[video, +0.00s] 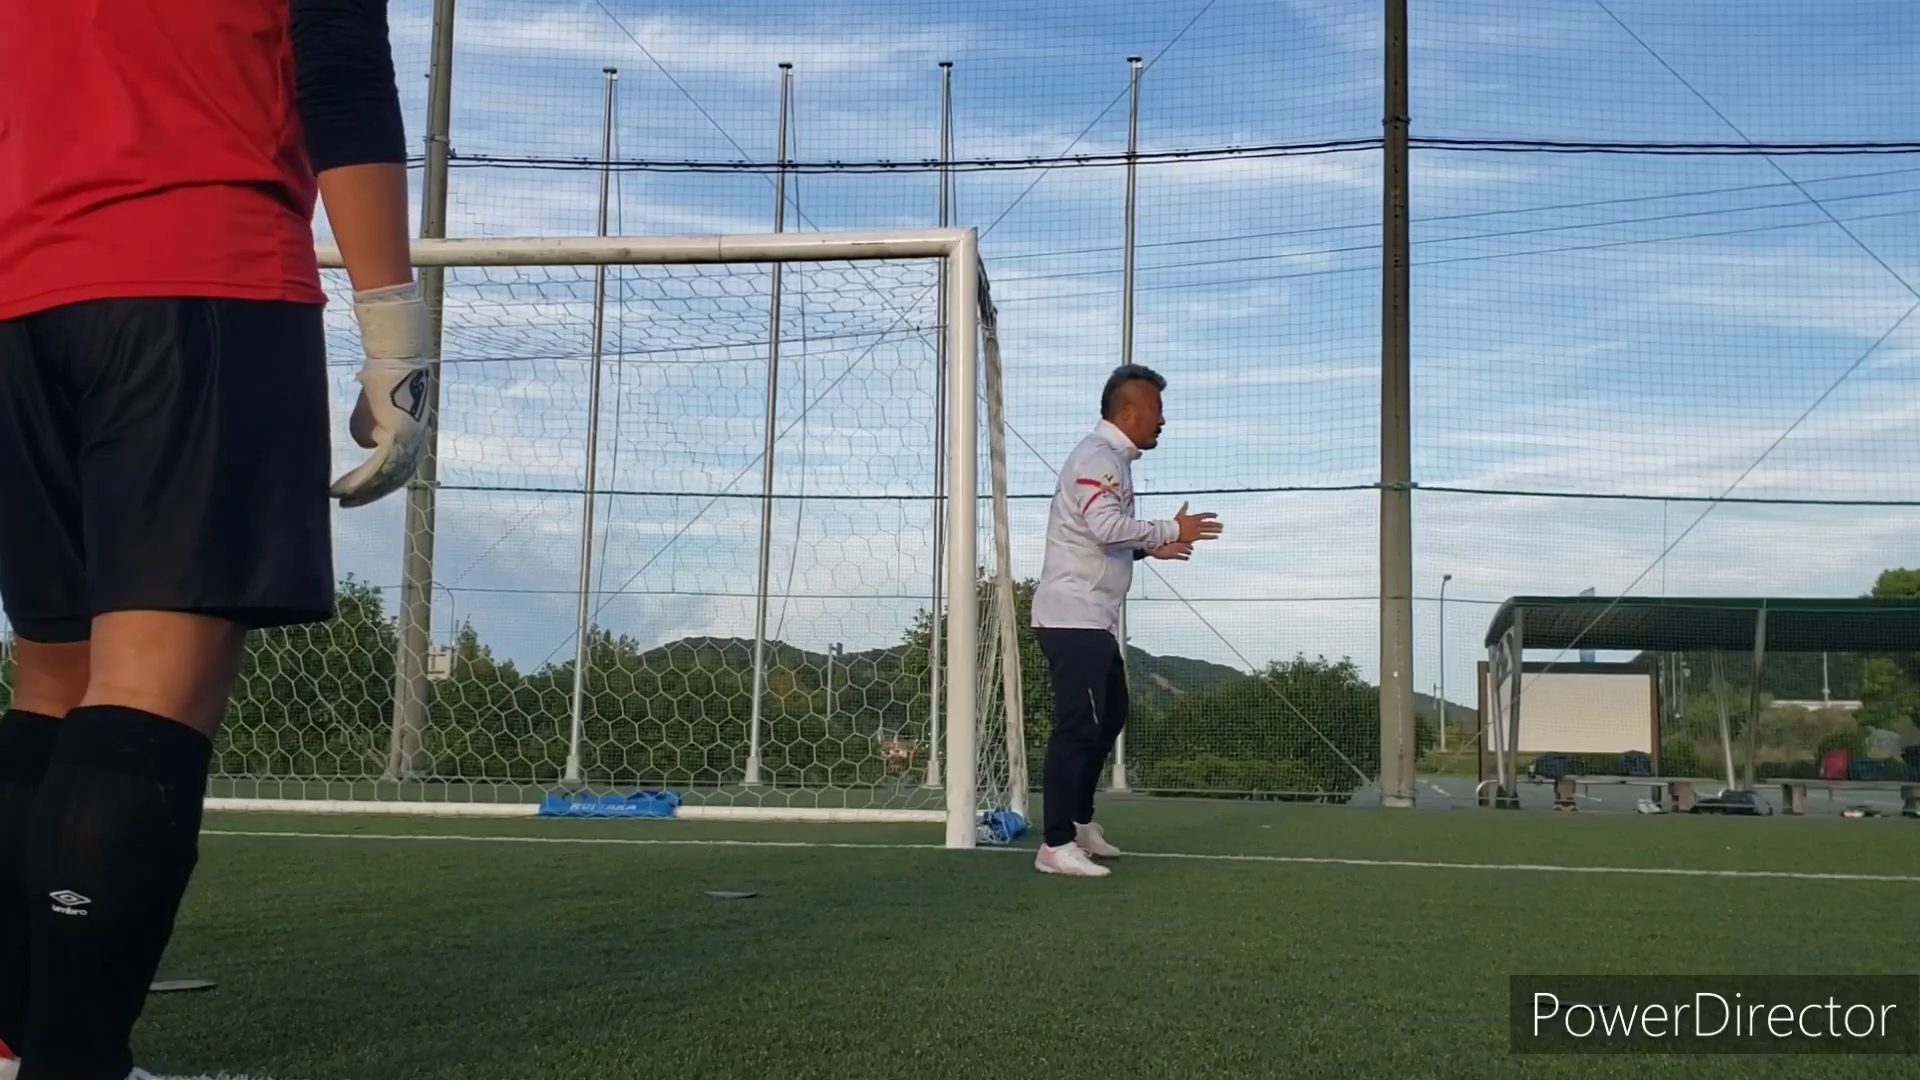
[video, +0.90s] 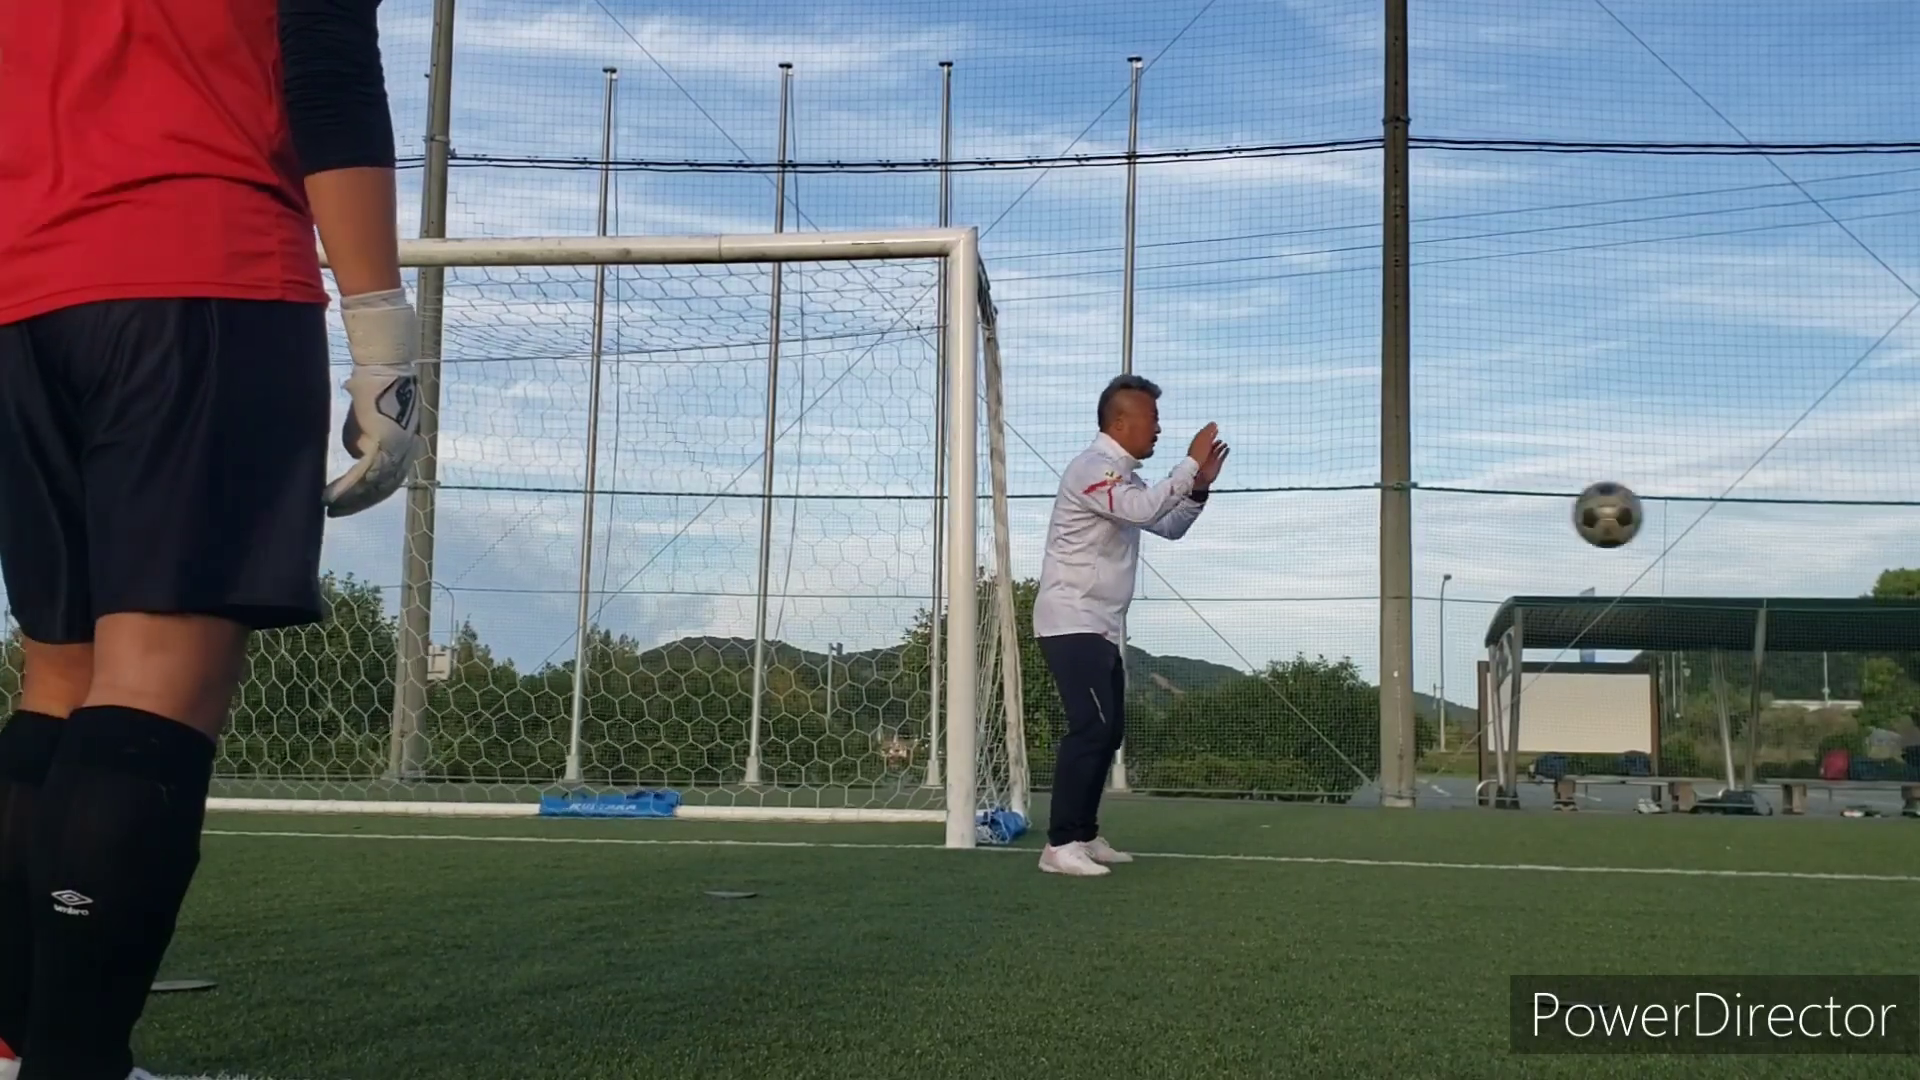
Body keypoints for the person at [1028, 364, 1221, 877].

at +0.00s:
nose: (1162, 420)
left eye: (1162, 409)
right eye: (1156, 408)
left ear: (1127, 410)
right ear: (1126, 408)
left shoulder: (1113, 461)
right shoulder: (1096, 456)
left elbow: (1107, 536)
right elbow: (1105, 526)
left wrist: (1150, 547)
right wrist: (1169, 530)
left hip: (1094, 615)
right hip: (1071, 613)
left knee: (1110, 711)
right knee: (1078, 722)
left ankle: (1076, 821)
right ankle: (1055, 845)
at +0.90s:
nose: (1159, 427)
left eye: (1157, 418)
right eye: (1151, 418)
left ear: (1128, 422)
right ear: (1120, 419)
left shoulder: (1125, 477)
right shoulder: (1091, 467)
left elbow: (1171, 527)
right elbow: (1146, 510)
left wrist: (1202, 487)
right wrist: (1191, 467)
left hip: (1101, 623)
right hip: (1070, 618)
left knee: (1108, 730)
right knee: (1091, 727)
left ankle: (1083, 836)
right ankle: (1060, 845)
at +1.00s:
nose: (1164, 432)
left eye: (1163, 422)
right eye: (1156, 421)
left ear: (1132, 426)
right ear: (1125, 424)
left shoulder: (1135, 481)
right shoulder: (1097, 472)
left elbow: (1173, 520)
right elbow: (1150, 518)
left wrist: (1234, 519)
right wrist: (1231, 509)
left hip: (1087, 623)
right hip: (1058, 619)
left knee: (1100, 728)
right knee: (1084, 727)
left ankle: (1083, 835)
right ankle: (1060, 846)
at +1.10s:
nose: (1171, 449)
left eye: (1172, 439)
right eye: (1164, 439)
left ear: (1142, 440)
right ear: (1132, 437)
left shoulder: (1139, 487)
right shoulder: (1099, 484)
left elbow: (1178, 530)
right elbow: (1150, 548)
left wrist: (1235, 585)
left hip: (1074, 625)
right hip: (1042, 620)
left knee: (1090, 727)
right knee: (1072, 726)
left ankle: (1080, 838)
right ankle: (1059, 847)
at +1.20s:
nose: (1182, 472)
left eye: (1184, 462)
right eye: (1177, 461)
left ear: (1154, 458)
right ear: (1148, 454)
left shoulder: (1143, 509)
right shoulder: (1095, 496)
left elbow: (1169, 566)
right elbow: (1107, 577)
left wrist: (1205, 630)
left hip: (1069, 628)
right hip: (1033, 621)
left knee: (1087, 727)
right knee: (1070, 724)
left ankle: (1079, 837)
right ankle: (1058, 847)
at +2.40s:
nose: (1127, 422)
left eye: (1136, 415)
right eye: (1116, 412)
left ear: (1143, 424)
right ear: (1094, 416)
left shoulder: (1130, 485)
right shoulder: (1070, 469)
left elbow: (1136, 557)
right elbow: (1057, 539)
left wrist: (1140, 617)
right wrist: (1090, 602)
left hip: (1108, 622)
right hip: (1066, 616)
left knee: (1104, 727)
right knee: (1076, 722)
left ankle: (1083, 831)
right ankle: (1070, 835)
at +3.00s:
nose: (1099, 410)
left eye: (1107, 402)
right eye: (1087, 402)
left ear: (1116, 411)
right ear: (1066, 411)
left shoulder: (1113, 478)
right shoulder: (1049, 466)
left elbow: (1119, 549)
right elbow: (1042, 540)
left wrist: (1128, 609)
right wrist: (1078, 603)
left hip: (1098, 619)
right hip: (1055, 617)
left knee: (1097, 729)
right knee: (1066, 727)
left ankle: (1082, 833)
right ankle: (1052, 841)